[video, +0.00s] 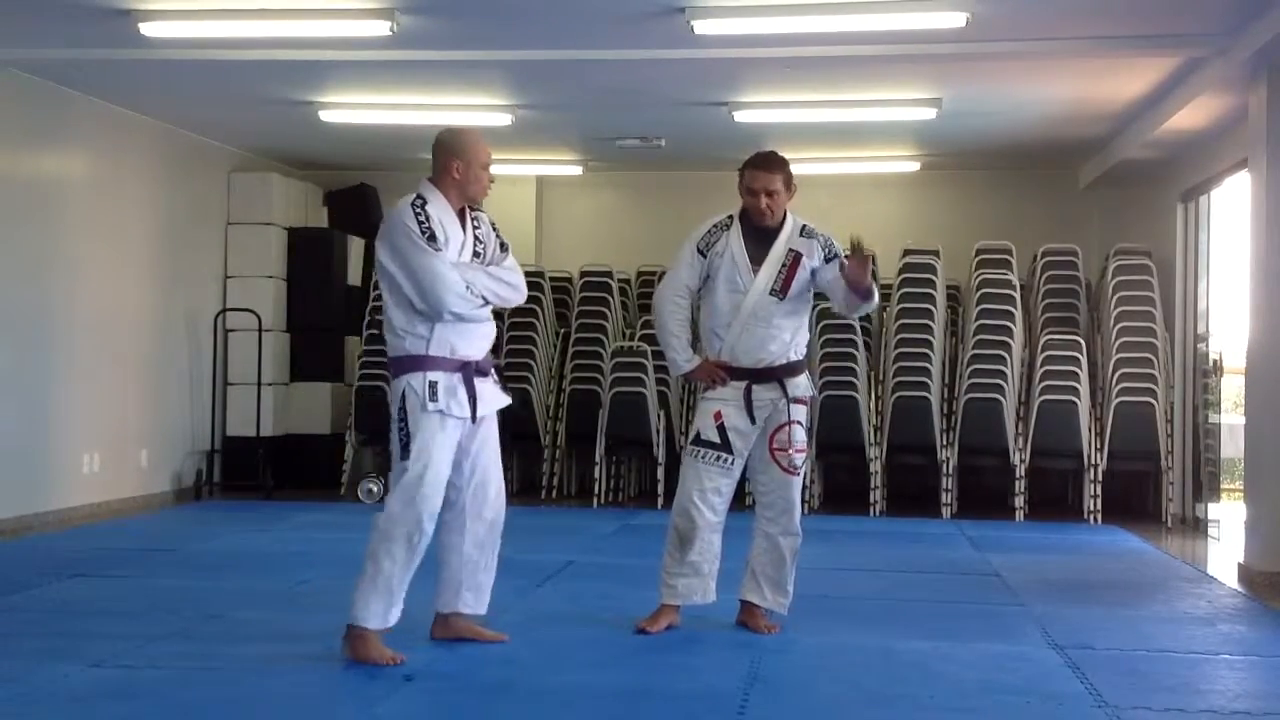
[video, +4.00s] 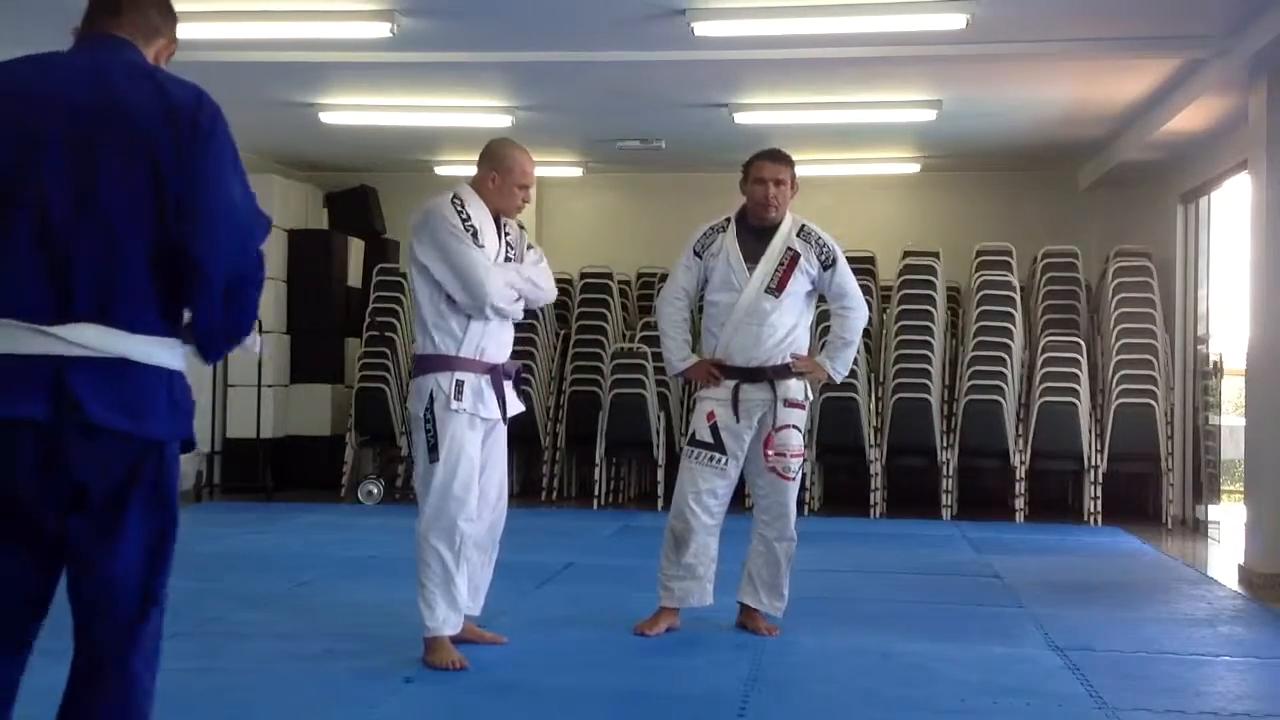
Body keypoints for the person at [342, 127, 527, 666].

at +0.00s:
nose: (491, 178)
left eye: (491, 168)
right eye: (486, 168)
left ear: (461, 169)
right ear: (454, 169)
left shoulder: (478, 224)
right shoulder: (407, 219)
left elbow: (515, 286)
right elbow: (446, 298)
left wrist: (458, 272)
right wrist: (492, 293)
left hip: (477, 378)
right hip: (426, 377)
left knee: (481, 500)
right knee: (415, 502)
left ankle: (455, 614)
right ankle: (364, 627)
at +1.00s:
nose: (542, 189)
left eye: (543, 179)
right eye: (538, 179)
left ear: (510, 174)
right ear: (511, 175)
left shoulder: (511, 232)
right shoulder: (456, 214)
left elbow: (536, 310)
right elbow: (465, 298)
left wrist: (575, 367)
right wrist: (531, 347)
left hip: (503, 385)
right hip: (459, 384)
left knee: (498, 505)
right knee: (457, 507)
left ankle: (465, 617)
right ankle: (439, 632)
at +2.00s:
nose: (539, 208)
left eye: (543, 198)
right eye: (535, 196)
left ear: (511, 189)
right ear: (505, 184)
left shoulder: (510, 238)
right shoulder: (454, 214)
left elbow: (523, 307)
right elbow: (424, 291)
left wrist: (553, 285)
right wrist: (453, 367)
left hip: (504, 392)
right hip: (462, 388)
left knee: (494, 509)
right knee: (453, 508)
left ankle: (465, 619)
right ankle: (438, 633)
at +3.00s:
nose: (537, 204)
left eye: (541, 195)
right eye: (534, 193)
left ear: (513, 184)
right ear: (504, 179)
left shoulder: (509, 239)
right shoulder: (453, 207)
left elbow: (524, 297)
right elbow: (394, 255)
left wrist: (540, 339)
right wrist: (448, 326)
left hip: (494, 389)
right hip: (450, 385)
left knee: (488, 505)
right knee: (450, 506)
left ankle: (460, 619)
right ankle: (437, 633)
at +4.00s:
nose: (528, 197)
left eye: (531, 187)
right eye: (523, 186)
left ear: (504, 182)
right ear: (490, 178)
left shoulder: (507, 231)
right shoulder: (443, 216)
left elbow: (546, 289)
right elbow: (485, 292)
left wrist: (497, 276)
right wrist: (527, 284)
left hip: (492, 392)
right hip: (449, 390)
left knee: (487, 510)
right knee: (448, 510)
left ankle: (461, 618)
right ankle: (437, 633)